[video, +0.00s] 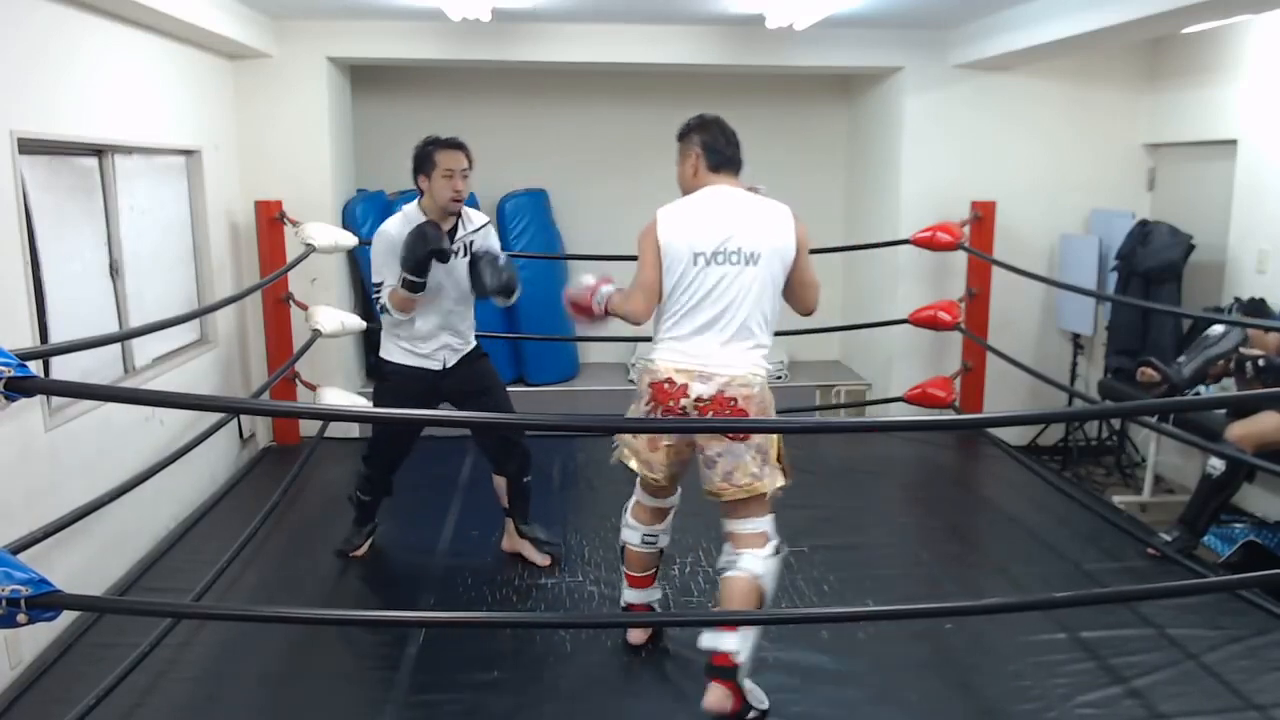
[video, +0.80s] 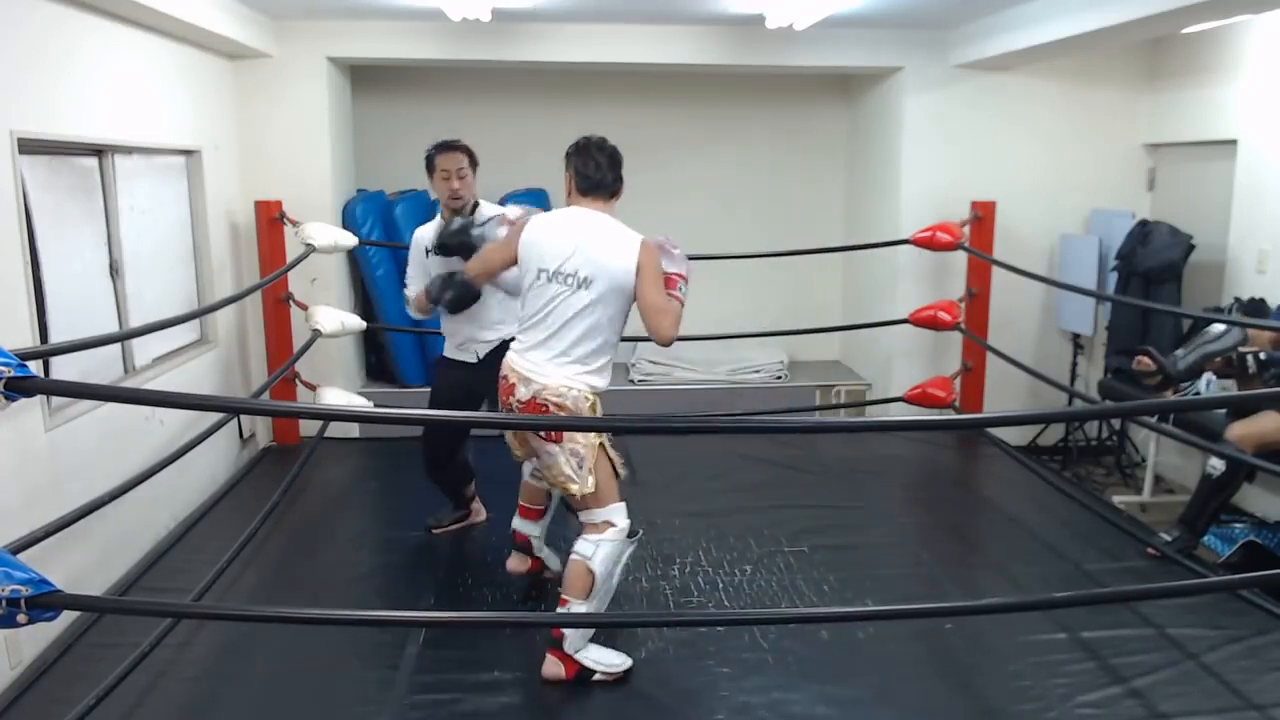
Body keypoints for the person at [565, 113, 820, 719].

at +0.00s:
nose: (678, 173)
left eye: (679, 163)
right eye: (679, 164)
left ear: (694, 160)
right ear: (736, 161)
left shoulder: (665, 221)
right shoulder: (781, 218)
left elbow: (640, 308)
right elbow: (806, 300)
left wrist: (603, 297)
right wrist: (757, 255)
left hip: (668, 389)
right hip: (741, 395)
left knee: (651, 501)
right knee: (750, 535)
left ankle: (638, 620)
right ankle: (725, 673)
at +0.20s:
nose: (648, 188)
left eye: (650, 178)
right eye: (651, 178)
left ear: (664, 179)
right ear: (706, 181)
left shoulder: (635, 243)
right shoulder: (750, 240)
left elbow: (602, 324)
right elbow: (775, 312)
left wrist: (595, 306)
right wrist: (732, 262)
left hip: (636, 408)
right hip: (709, 415)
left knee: (608, 501)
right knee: (724, 554)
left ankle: (582, 612)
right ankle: (719, 694)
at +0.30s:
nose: (626, 178)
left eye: (628, 169)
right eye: (631, 169)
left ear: (638, 170)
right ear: (684, 173)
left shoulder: (606, 227)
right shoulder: (723, 229)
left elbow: (542, 281)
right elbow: (758, 307)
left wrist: (559, 243)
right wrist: (723, 242)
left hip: (610, 395)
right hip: (681, 402)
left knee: (583, 496)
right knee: (702, 547)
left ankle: (546, 607)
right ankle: (710, 692)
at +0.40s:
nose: (607, 170)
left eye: (607, 162)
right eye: (609, 164)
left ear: (614, 164)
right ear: (665, 171)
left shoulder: (584, 213)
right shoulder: (690, 225)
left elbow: (539, 215)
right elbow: (734, 298)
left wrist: (524, 196)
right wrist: (715, 228)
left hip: (576, 385)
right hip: (642, 394)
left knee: (569, 501)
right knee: (672, 528)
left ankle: (546, 615)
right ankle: (664, 670)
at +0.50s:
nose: (591, 168)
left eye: (592, 161)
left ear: (599, 162)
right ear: (650, 166)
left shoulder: (570, 209)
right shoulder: (672, 219)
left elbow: (541, 248)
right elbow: (706, 304)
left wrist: (596, 227)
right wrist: (700, 239)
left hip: (550, 374)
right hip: (612, 388)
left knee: (563, 477)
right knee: (632, 523)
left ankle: (537, 591)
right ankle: (585, 652)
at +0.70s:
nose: (575, 185)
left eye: (575, 178)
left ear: (578, 181)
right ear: (629, 188)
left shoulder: (540, 234)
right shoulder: (640, 248)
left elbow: (491, 292)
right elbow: (671, 330)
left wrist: (537, 268)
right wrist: (684, 289)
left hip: (525, 384)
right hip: (575, 402)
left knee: (546, 475)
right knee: (617, 523)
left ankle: (516, 575)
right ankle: (570, 645)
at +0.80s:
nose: (567, 183)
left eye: (567, 176)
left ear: (568, 181)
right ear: (621, 187)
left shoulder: (535, 228)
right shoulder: (635, 248)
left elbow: (473, 274)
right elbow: (664, 330)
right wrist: (674, 286)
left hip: (515, 382)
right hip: (568, 401)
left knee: (543, 458)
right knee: (609, 526)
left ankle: (524, 547)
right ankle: (569, 646)